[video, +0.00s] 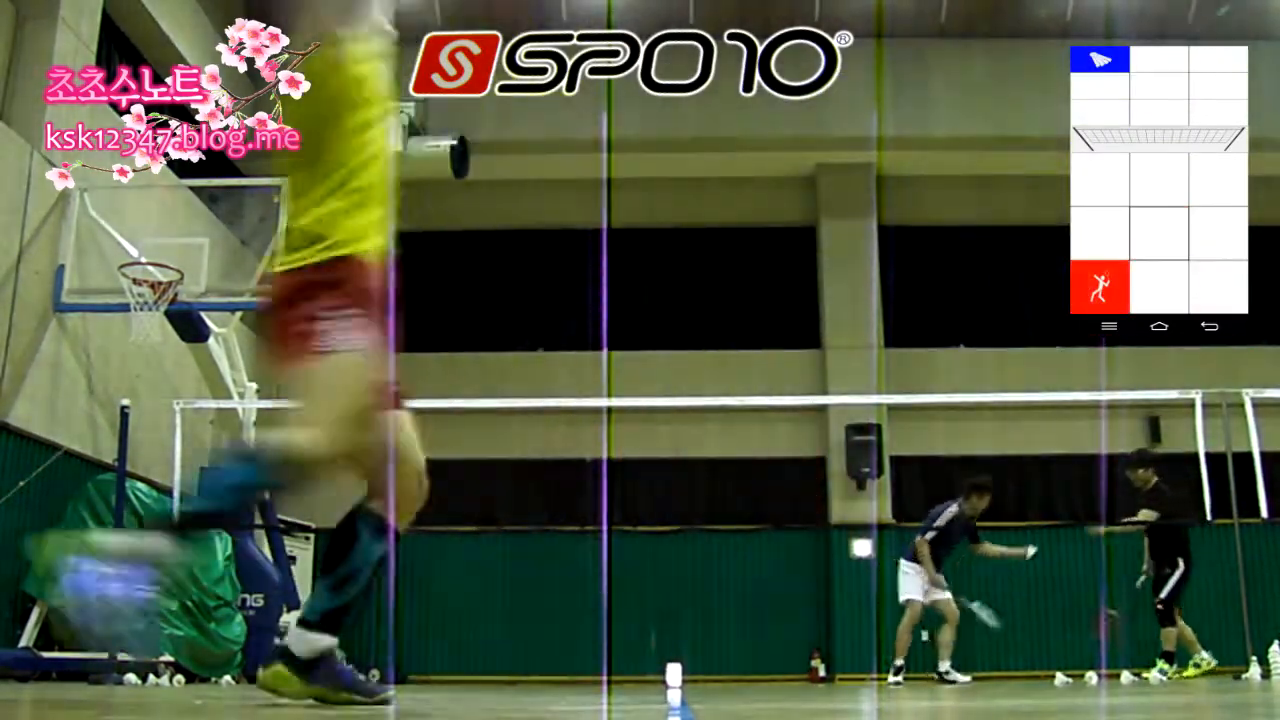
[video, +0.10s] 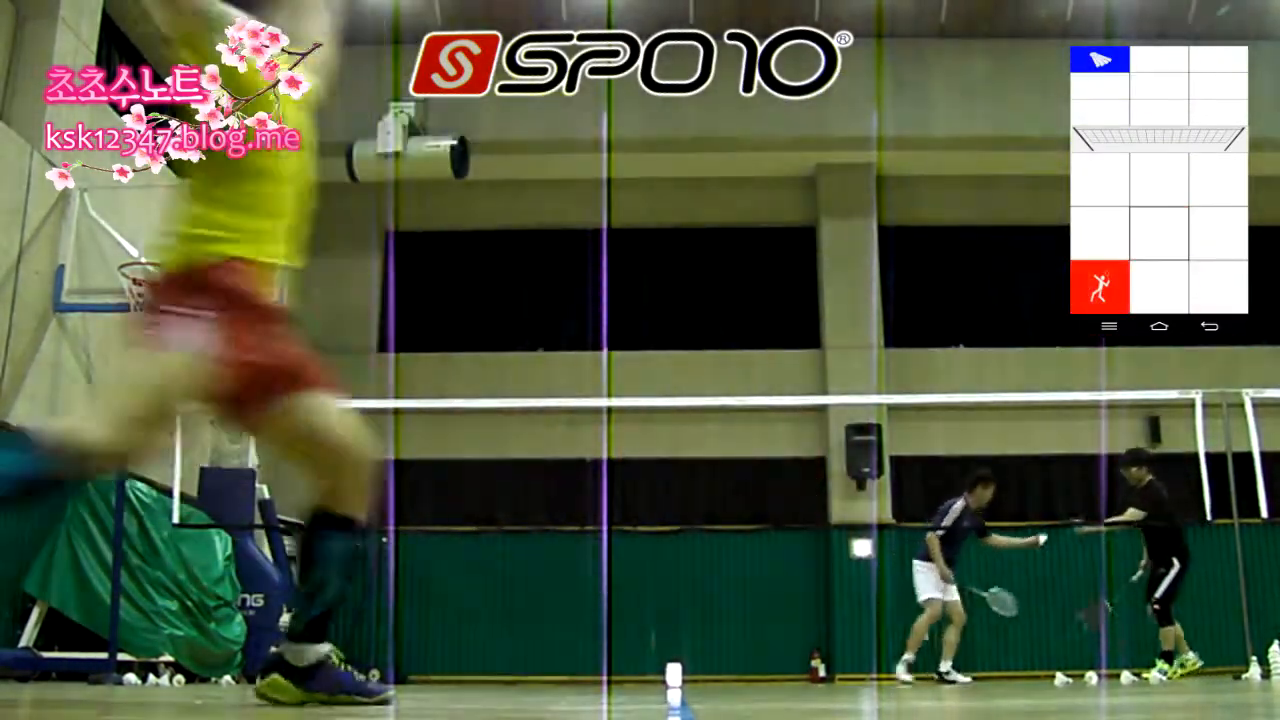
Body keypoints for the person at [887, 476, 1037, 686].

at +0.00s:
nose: (983, 506)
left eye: (985, 502)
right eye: (981, 501)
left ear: (983, 502)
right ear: (971, 498)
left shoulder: (968, 520)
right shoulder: (948, 512)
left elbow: (979, 547)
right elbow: (921, 543)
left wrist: (1020, 552)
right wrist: (932, 575)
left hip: (933, 571)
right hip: (913, 566)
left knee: (952, 615)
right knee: (914, 610)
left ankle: (944, 668)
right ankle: (898, 665)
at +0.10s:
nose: (990, 497)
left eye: (991, 492)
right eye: (988, 491)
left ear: (982, 491)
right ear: (977, 489)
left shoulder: (972, 515)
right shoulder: (955, 507)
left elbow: (989, 539)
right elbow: (932, 536)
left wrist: (1025, 543)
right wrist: (942, 568)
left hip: (945, 569)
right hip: (926, 565)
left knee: (958, 616)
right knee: (933, 611)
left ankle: (945, 667)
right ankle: (906, 661)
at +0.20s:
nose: (995, 489)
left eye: (996, 484)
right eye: (993, 484)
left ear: (986, 484)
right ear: (982, 482)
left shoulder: (980, 509)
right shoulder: (964, 500)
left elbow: (998, 534)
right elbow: (944, 531)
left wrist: (1035, 534)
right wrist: (953, 561)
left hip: (953, 564)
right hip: (939, 560)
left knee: (959, 610)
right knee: (958, 608)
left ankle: (945, 664)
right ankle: (932, 654)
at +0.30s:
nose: (1000, 486)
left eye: (1001, 481)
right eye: (999, 480)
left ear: (990, 479)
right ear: (988, 478)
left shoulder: (983, 504)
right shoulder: (972, 497)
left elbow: (1007, 529)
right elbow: (955, 529)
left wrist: (1040, 531)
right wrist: (967, 558)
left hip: (949, 560)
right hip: (955, 560)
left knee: (954, 613)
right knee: (983, 607)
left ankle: (946, 665)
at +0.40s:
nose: (1008, 484)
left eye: (1009, 479)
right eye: (1005, 479)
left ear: (996, 480)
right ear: (995, 478)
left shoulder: (990, 502)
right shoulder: (983, 499)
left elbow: (1011, 531)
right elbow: (969, 530)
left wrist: (1046, 531)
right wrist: (982, 559)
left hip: (956, 561)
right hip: (969, 561)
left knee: (957, 614)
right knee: (995, 608)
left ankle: (947, 664)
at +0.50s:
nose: (1017, 487)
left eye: (1018, 482)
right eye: (1016, 482)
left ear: (1002, 481)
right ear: (1006, 480)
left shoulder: (992, 501)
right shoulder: (996, 501)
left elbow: (1017, 532)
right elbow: (984, 532)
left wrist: (1054, 532)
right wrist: (1000, 563)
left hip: (969, 564)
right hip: (986, 565)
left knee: (972, 616)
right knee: (1005, 613)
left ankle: (952, 658)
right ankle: (1013, 666)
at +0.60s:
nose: (1027, 486)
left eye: (1027, 481)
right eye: (1025, 481)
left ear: (1012, 481)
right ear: (1016, 480)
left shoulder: (1006, 501)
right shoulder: (1007, 500)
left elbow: (1024, 534)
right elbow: (999, 533)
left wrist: (1057, 533)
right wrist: (1016, 562)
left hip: (984, 564)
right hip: (997, 564)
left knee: (999, 618)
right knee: (1016, 612)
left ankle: (973, 648)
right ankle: (1015, 666)